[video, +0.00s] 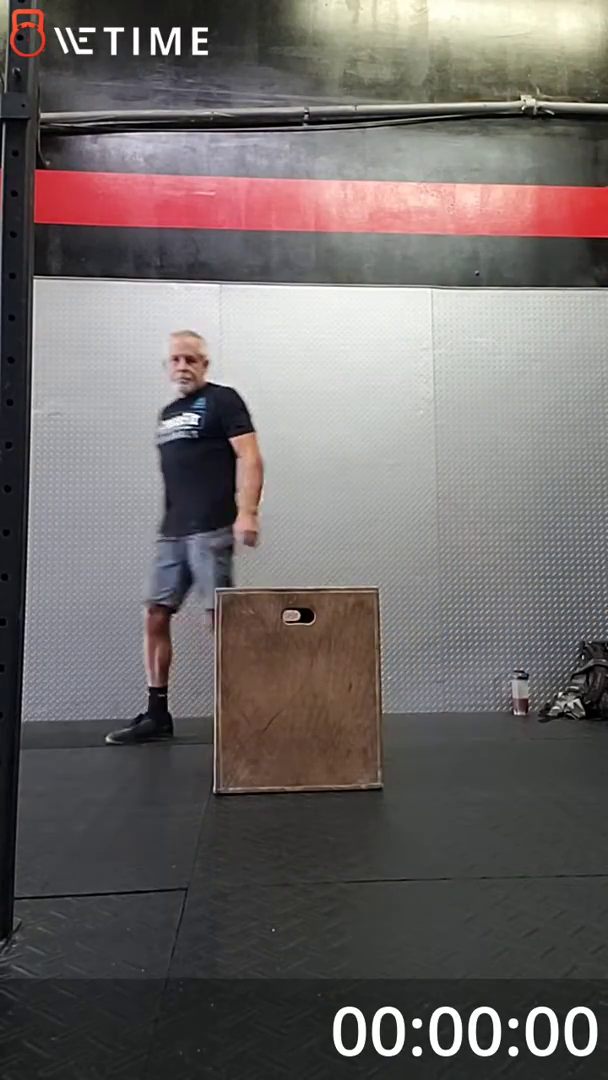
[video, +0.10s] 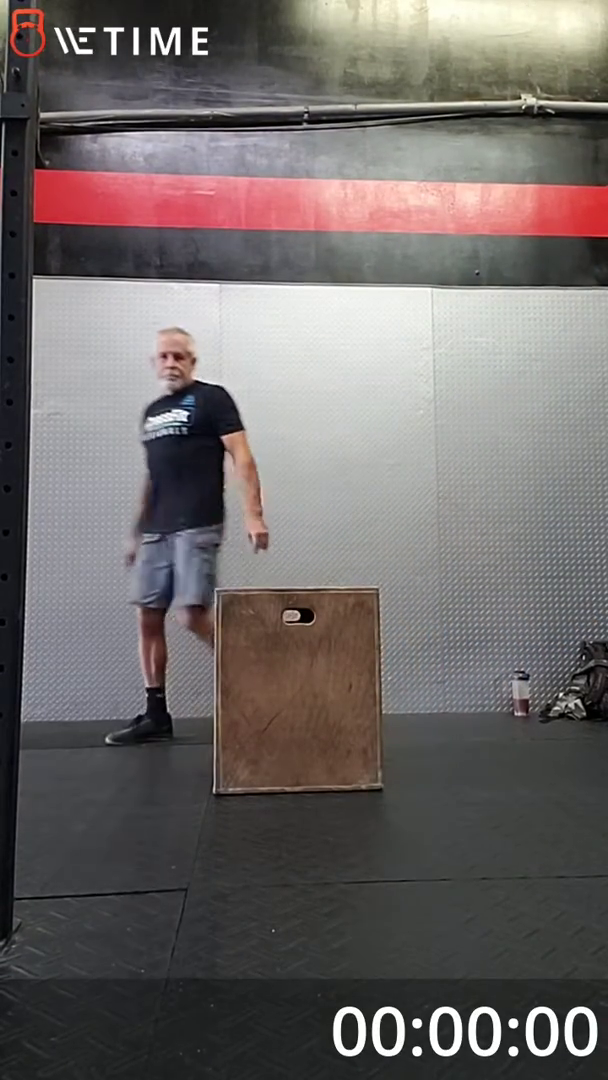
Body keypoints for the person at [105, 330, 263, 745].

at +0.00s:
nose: (182, 367)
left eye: (190, 360)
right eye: (176, 360)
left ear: (205, 363)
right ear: (169, 365)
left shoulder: (224, 399)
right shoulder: (168, 412)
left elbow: (250, 457)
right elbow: (177, 473)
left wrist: (247, 512)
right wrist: (171, 520)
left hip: (213, 529)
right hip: (173, 530)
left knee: (222, 622)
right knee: (155, 616)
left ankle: (244, 720)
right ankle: (157, 715)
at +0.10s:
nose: (170, 364)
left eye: (178, 357)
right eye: (163, 357)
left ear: (193, 360)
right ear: (154, 363)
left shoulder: (213, 398)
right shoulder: (152, 411)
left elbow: (243, 456)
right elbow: (153, 477)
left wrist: (254, 514)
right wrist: (137, 533)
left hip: (198, 526)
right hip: (157, 529)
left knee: (196, 616)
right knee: (149, 617)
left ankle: (253, 674)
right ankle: (156, 715)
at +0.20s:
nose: (155, 359)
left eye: (163, 352)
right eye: (148, 352)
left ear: (176, 357)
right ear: (137, 358)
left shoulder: (199, 396)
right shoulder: (131, 408)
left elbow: (233, 453)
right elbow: (126, 470)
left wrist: (252, 513)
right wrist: (102, 529)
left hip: (184, 520)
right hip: (141, 524)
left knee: (168, 610)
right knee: (141, 619)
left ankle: (229, 677)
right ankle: (156, 716)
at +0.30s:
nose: (143, 356)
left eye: (150, 349)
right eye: (135, 349)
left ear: (163, 355)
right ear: (124, 355)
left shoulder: (186, 395)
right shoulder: (113, 404)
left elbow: (220, 452)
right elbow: (100, 466)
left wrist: (240, 513)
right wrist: (75, 525)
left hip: (174, 516)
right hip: (132, 522)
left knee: (154, 603)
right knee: (136, 616)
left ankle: (178, 697)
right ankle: (152, 713)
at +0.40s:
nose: (133, 354)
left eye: (141, 348)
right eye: (125, 347)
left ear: (153, 354)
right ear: (113, 353)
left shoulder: (176, 395)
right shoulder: (96, 403)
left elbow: (205, 454)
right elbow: (79, 465)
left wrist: (222, 515)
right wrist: (54, 525)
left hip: (164, 517)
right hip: (120, 524)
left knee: (140, 611)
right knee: (133, 619)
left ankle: (128, 720)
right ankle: (156, 712)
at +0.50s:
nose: (127, 352)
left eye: (135, 345)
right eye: (119, 344)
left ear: (146, 352)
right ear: (105, 350)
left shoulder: (168, 397)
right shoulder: (84, 401)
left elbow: (193, 458)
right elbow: (66, 465)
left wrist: (205, 519)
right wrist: (42, 526)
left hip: (152, 521)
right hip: (106, 525)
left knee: (125, 613)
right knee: (123, 619)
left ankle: (98, 726)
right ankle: (153, 709)